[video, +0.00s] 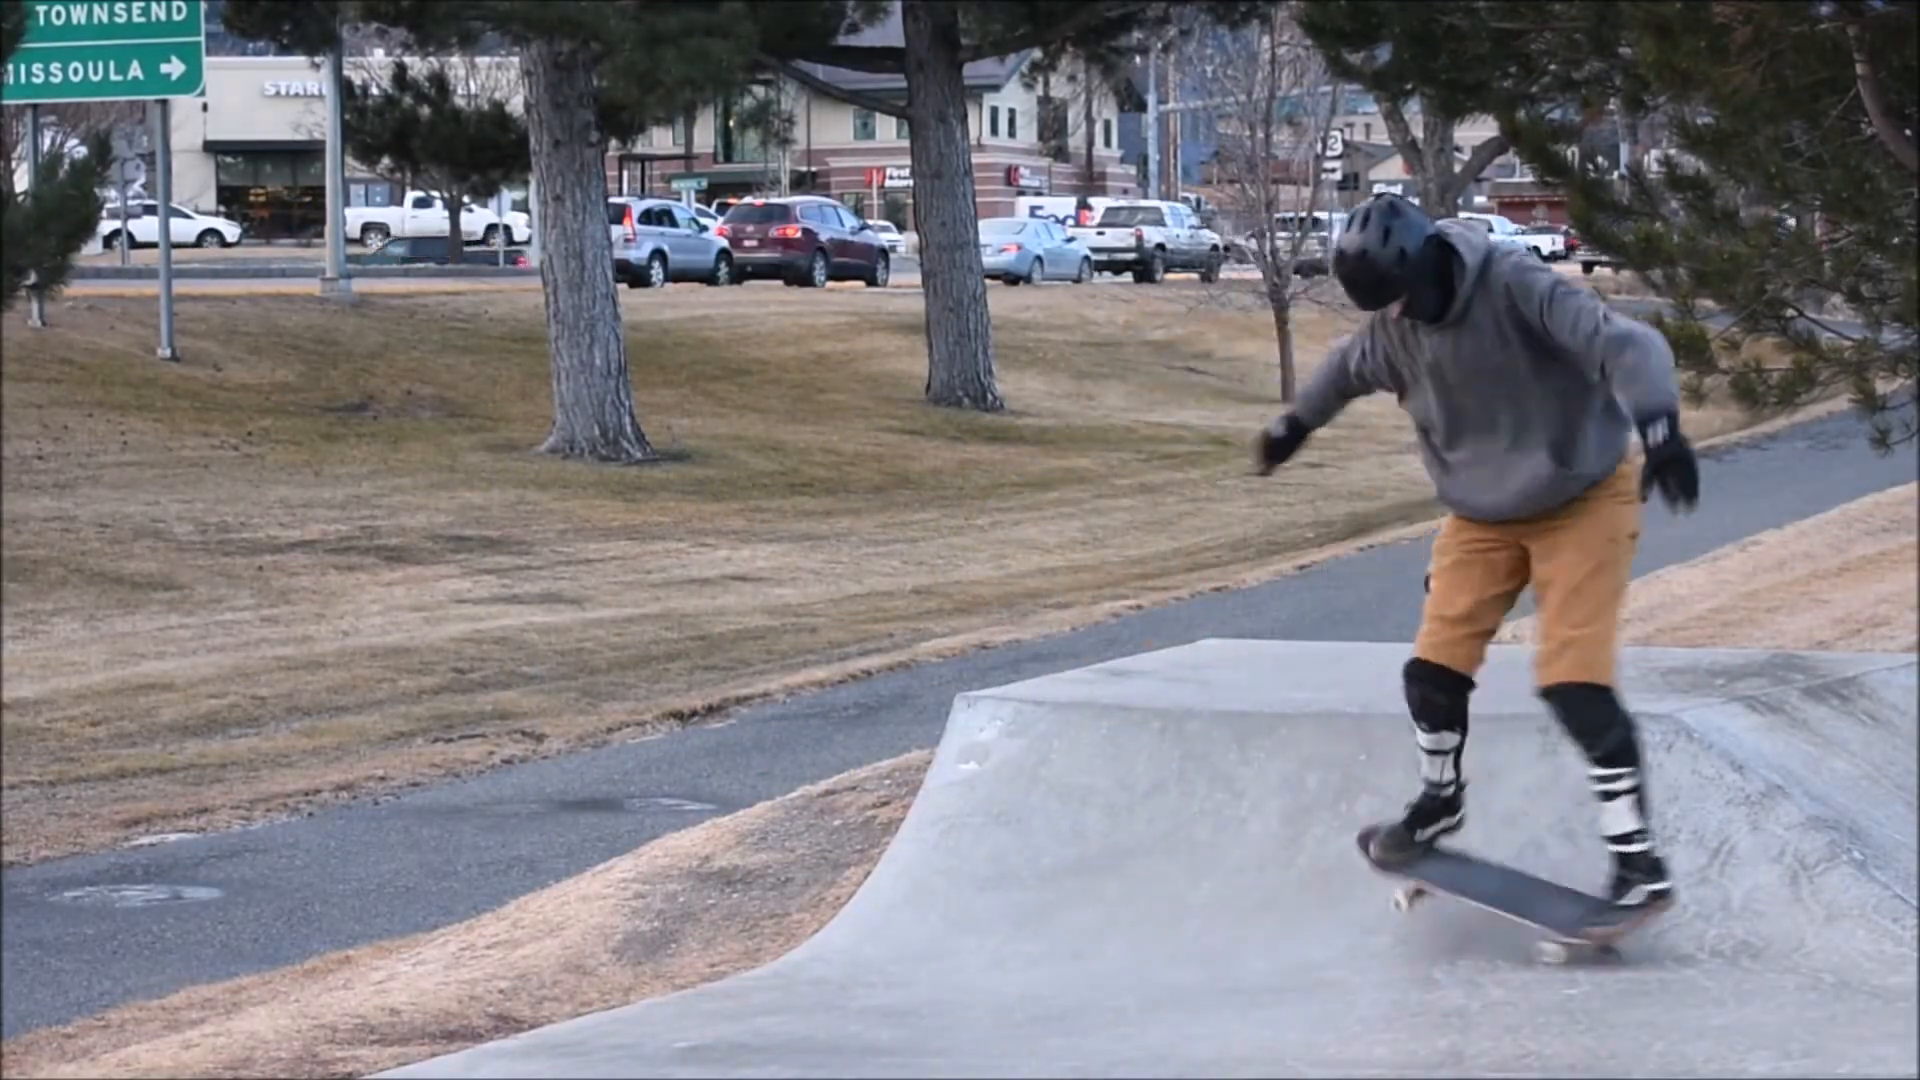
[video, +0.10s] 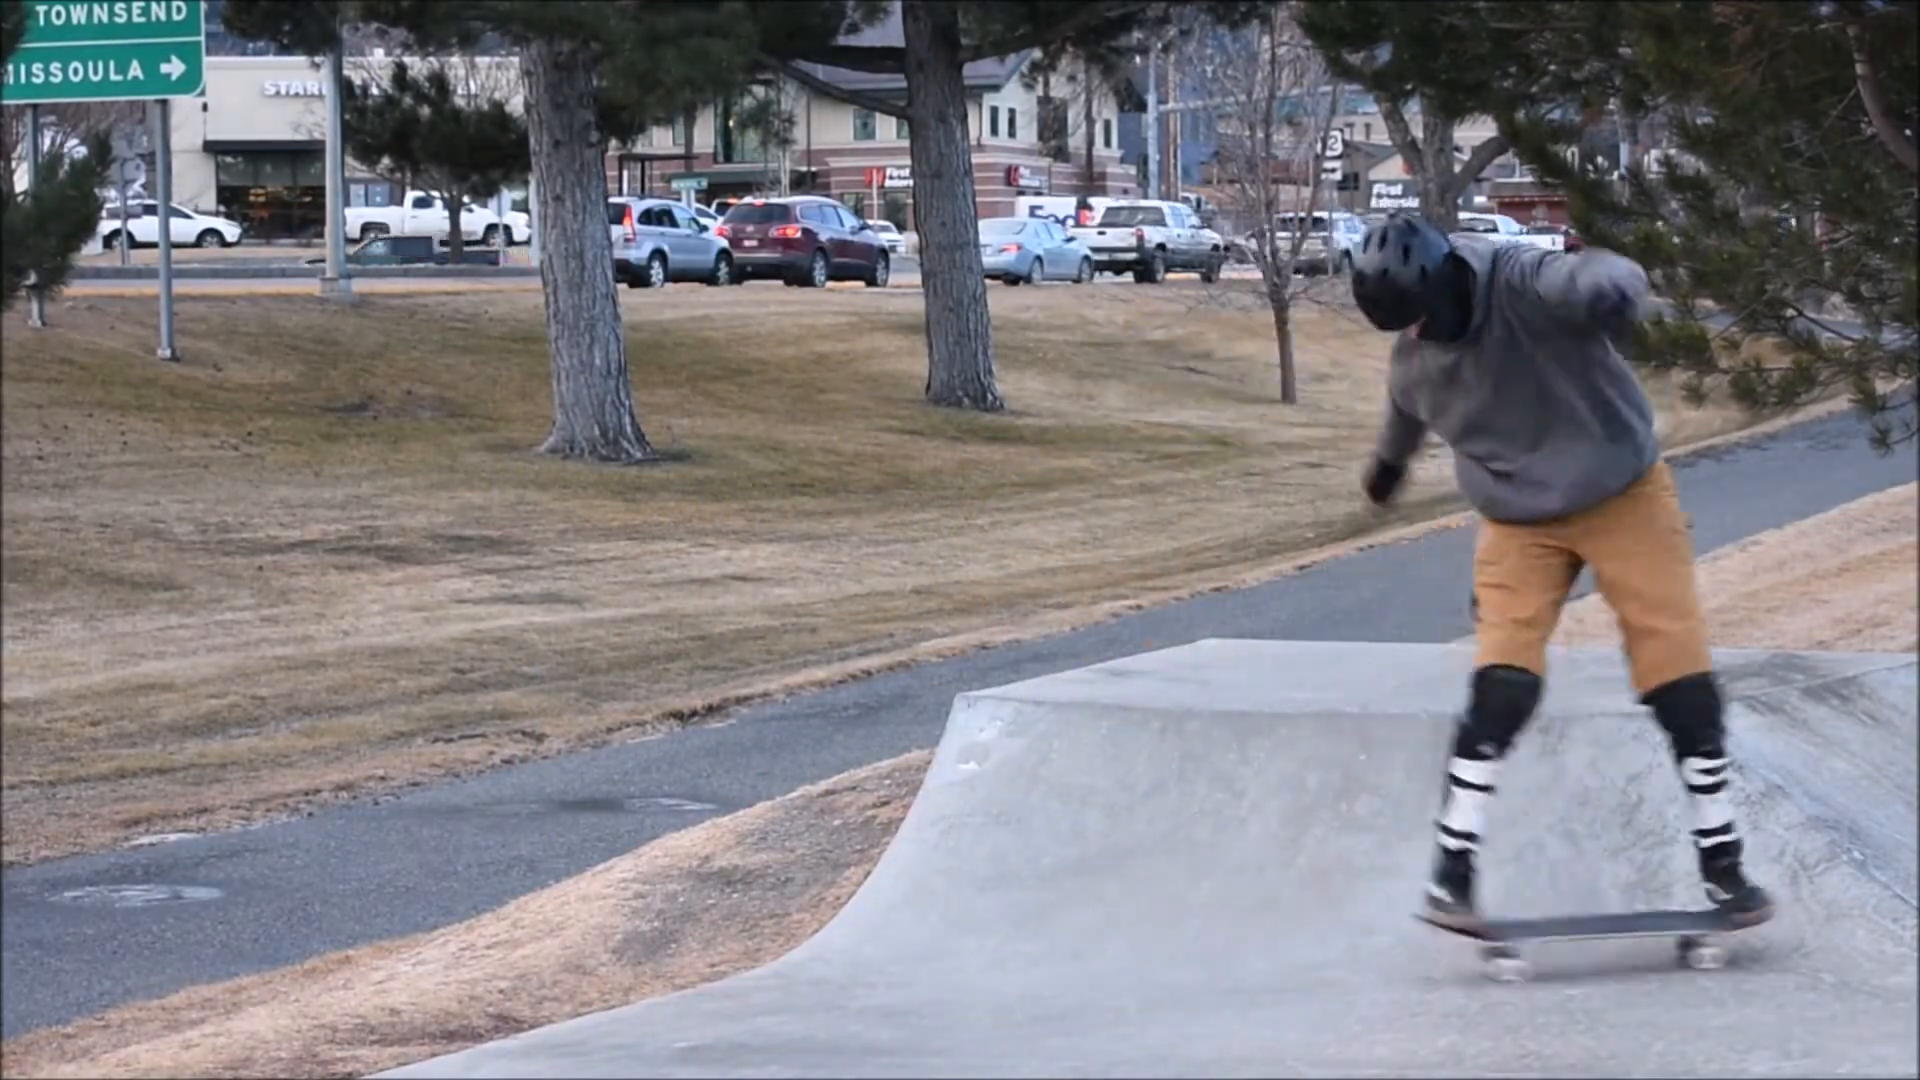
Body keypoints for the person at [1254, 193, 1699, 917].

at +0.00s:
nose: (1395, 317)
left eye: (1400, 301)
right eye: (1383, 308)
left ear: (1427, 264)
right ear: (1372, 288)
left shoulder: (1513, 284)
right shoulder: (1396, 329)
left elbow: (1625, 340)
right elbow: (1345, 370)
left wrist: (1660, 428)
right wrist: (1293, 424)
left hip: (1584, 494)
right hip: (1479, 512)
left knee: (1574, 683)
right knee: (1433, 678)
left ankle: (1635, 854)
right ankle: (1439, 801)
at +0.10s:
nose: (1414, 336)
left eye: (1419, 320)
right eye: (1401, 328)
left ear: (1447, 282)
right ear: (1389, 314)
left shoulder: (1517, 278)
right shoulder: (1414, 355)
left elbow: (1590, 272)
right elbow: (1403, 415)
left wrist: (1609, 287)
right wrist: (1387, 468)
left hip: (1625, 497)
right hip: (1516, 518)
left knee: (1686, 697)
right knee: (1501, 695)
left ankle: (1723, 866)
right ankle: (1453, 867)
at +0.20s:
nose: (1451, 362)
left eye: (1455, 345)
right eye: (1436, 355)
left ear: (1481, 303)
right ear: (1421, 343)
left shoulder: (1562, 299)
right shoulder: (1438, 398)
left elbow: (1609, 232)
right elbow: (1447, 510)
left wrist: (1525, 208)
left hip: (1651, 516)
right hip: (1551, 557)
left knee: (1760, 695)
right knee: (1584, 719)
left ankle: (1785, 872)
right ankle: (1530, 897)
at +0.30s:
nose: (1487, 386)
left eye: (1493, 368)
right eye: (1471, 378)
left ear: (1515, 324)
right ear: (1453, 365)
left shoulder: (1584, 299)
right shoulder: (1469, 420)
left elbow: (1630, 215)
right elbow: (1466, 546)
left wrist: (1537, 190)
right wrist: (1470, 656)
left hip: (1673, 513)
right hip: (1575, 557)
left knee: (1781, 699)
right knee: (1601, 727)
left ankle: (1829, 863)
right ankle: (1565, 889)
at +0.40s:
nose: (1523, 376)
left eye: (1528, 358)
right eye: (1505, 372)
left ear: (1540, 306)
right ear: (1477, 359)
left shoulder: (1598, 292)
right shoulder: (1491, 409)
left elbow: (1642, 226)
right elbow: (1472, 519)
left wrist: (1525, 205)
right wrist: (1470, 600)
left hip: (1696, 503)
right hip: (1595, 554)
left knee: (1805, 692)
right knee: (1618, 724)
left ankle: (1853, 862)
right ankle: (1581, 891)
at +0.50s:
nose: (1551, 350)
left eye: (1554, 332)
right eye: (1532, 345)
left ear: (1566, 295)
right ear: (1507, 341)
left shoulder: (1630, 292)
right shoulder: (1511, 398)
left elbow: (1648, 239)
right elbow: (1473, 518)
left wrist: (1546, 251)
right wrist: (1454, 623)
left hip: (1719, 484)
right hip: (1620, 532)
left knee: (1811, 687)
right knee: (1644, 696)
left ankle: (1845, 862)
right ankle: (1596, 874)